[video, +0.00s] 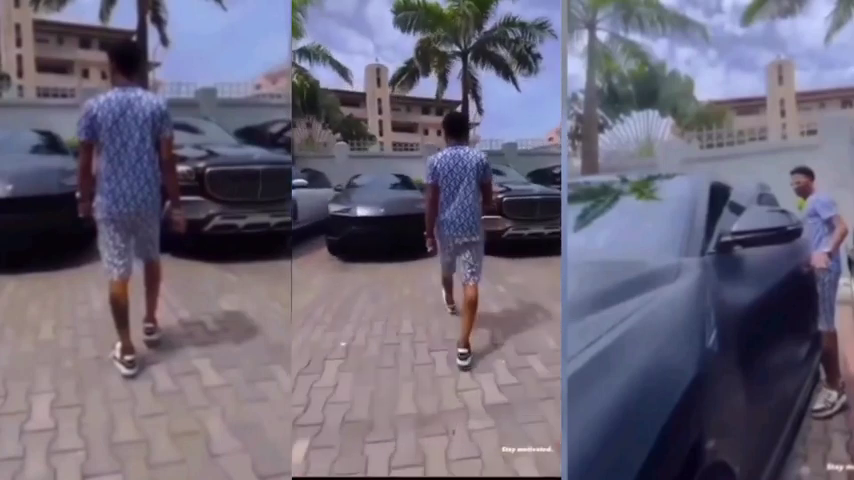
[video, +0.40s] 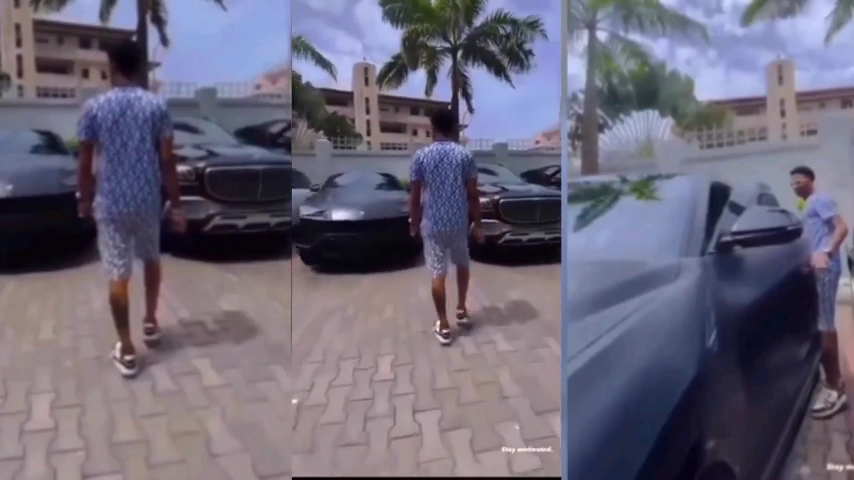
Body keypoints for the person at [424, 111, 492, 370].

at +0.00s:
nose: (447, 135)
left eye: (446, 131)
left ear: (445, 133)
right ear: (467, 132)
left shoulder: (436, 161)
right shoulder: (479, 158)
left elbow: (432, 201)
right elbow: (487, 194)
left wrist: (429, 232)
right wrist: (481, 209)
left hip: (446, 226)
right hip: (472, 226)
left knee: (447, 267)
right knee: (471, 282)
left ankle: (450, 301)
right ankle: (464, 344)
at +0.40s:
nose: (433, 131)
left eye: (432, 127)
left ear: (433, 128)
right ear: (455, 128)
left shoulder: (422, 156)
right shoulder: (464, 155)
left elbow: (415, 194)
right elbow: (472, 193)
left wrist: (414, 222)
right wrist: (477, 223)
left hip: (432, 222)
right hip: (458, 221)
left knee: (437, 272)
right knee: (462, 264)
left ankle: (442, 324)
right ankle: (461, 307)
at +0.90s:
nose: (411, 133)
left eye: (411, 129)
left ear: (411, 131)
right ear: (432, 130)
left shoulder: (400, 156)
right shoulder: (441, 158)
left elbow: (393, 194)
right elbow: (446, 195)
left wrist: (391, 225)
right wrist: (448, 224)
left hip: (407, 221)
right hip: (433, 222)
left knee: (403, 264)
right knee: (432, 268)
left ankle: (411, 307)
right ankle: (426, 316)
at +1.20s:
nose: (384, 138)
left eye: (383, 134)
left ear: (382, 135)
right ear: (403, 135)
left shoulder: (375, 162)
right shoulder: (415, 160)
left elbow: (370, 199)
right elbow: (424, 193)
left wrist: (371, 230)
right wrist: (422, 217)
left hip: (386, 227)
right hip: (411, 227)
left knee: (387, 269)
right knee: (410, 277)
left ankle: (390, 299)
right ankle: (406, 335)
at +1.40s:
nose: (361, 136)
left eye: (358, 131)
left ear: (357, 133)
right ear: (378, 132)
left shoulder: (350, 159)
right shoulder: (391, 158)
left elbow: (348, 199)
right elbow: (400, 195)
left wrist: (346, 230)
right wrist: (404, 222)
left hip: (363, 224)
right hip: (389, 223)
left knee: (367, 269)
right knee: (395, 268)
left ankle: (374, 308)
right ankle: (392, 316)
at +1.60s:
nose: (346, 134)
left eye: (340, 129)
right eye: (354, 130)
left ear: (336, 130)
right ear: (357, 130)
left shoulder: (324, 156)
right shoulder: (369, 155)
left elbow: (319, 194)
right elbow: (378, 191)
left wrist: (320, 225)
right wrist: (385, 218)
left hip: (339, 223)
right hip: (367, 221)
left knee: (346, 272)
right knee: (377, 265)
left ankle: (356, 319)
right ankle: (374, 304)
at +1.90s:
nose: (331, 140)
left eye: (323, 135)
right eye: (335, 136)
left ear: (316, 135)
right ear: (337, 137)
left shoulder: (302, 160)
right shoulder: (346, 162)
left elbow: (296, 196)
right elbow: (353, 197)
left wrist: (297, 226)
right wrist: (361, 225)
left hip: (313, 227)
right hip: (341, 225)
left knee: (322, 280)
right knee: (345, 263)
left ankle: (329, 336)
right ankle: (343, 297)